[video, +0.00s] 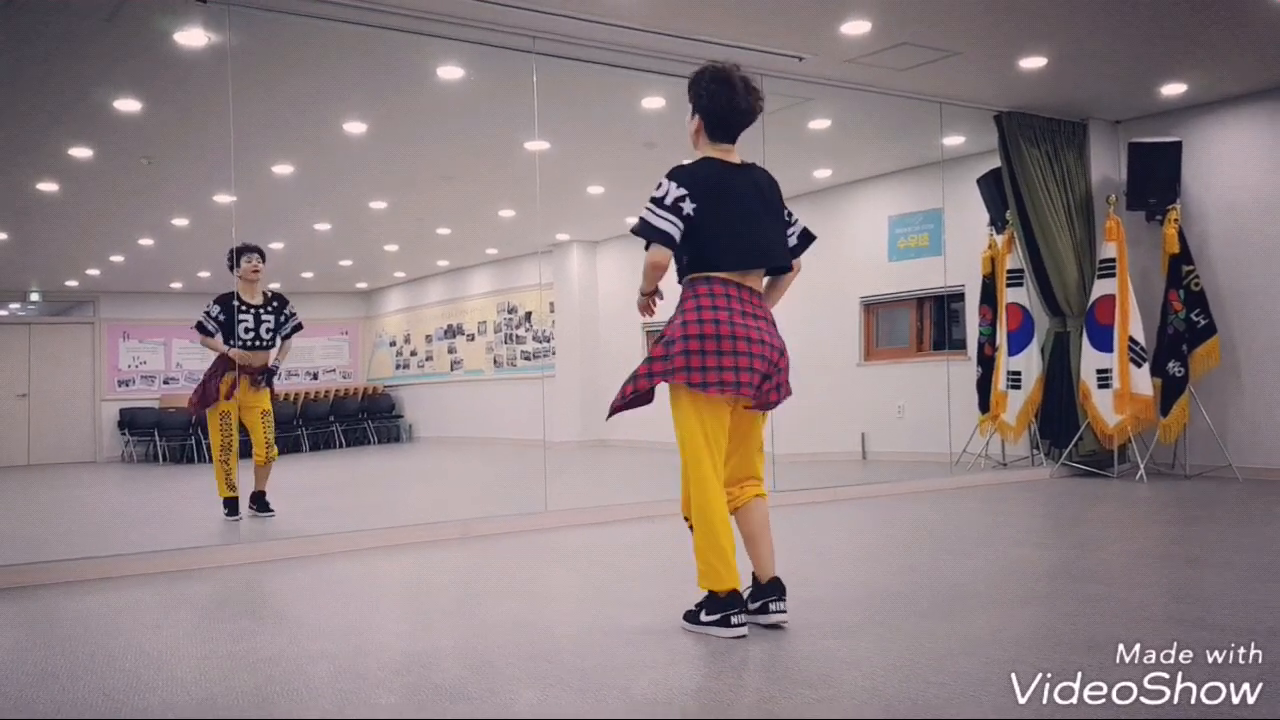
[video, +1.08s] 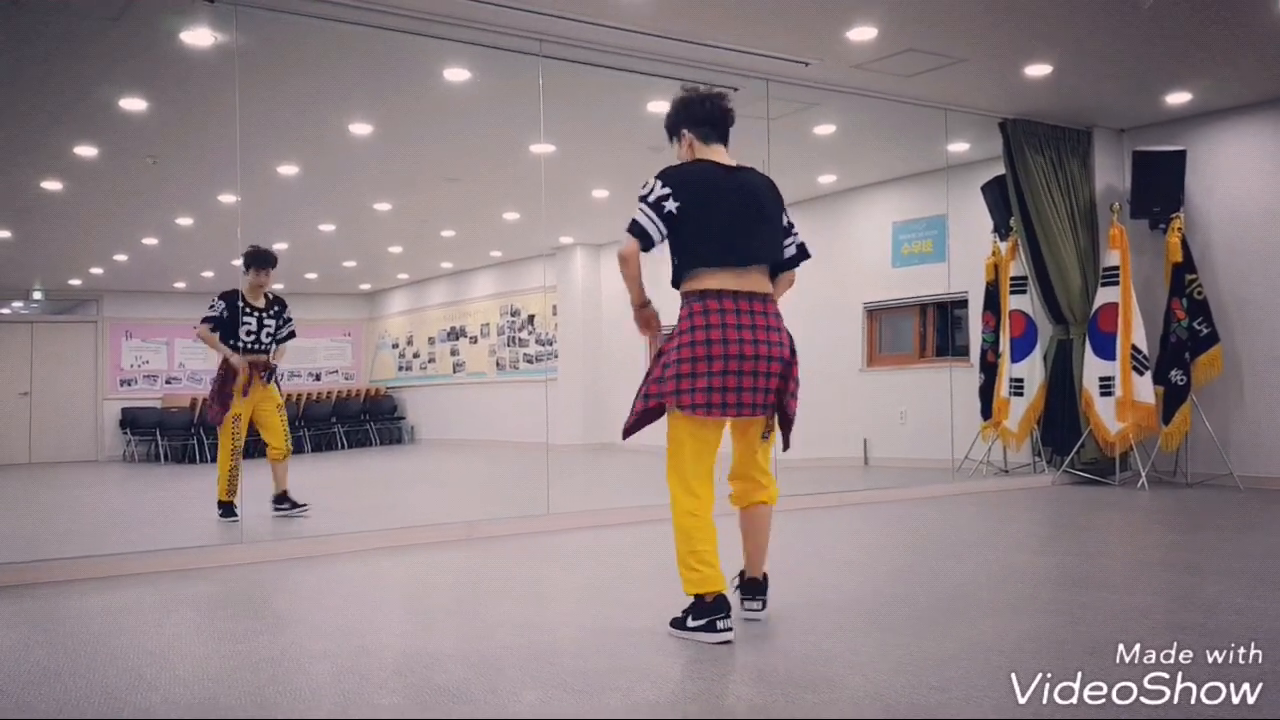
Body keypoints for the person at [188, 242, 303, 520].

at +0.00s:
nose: (255, 265)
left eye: (259, 261)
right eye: (248, 261)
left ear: (264, 268)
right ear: (236, 269)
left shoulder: (277, 302)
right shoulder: (224, 302)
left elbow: (287, 338)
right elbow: (204, 335)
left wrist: (275, 363)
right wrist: (228, 350)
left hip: (258, 380)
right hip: (225, 379)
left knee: (266, 447)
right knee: (226, 446)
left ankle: (259, 495)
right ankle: (230, 499)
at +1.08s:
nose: (263, 278)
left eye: (268, 273)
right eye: (258, 273)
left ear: (273, 275)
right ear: (247, 272)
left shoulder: (278, 305)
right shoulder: (228, 300)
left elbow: (283, 341)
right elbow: (204, 330)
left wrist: (274, 362)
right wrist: (231, 356)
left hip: (265, 381)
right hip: (235, 381)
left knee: (280, 438)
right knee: (231, 445)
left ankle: (281, 496)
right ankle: (226, 502)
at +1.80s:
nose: (332, 266)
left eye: (336, 261)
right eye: (326, 261)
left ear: (341, 265)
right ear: (315, 266)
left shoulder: (353, 294)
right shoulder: (305, 299)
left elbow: (381, 314)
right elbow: (288, 334)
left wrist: (379, 328)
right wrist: (296, 321)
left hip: (354, 366)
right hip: (323, 369)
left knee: (352, 433)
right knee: (331, 435)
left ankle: (346, 486)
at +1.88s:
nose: (339, 269)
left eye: (343, 264)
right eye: (333, 264)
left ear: (347, 268)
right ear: (321, 269)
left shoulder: (357, 300)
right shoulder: (311, 300)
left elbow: (381, 327)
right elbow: (292, 326)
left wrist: (383, 334)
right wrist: (308, 331)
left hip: (358, 368)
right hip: (328, 372)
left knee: (361, 433)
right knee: (341, 434)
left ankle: (350, 483)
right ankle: (359, 480)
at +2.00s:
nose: (350, 280)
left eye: (353, 275)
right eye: (343, 275)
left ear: (358, 280)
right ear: (332, 280)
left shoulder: (364, 311)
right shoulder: (323, 310)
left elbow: (372, 343)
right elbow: (314, 342)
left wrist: (391, 345)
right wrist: (322, 366)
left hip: (364, 378)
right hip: (336, 383)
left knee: (379, 435)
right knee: (351, 443)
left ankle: (362, 479)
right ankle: (363, 488)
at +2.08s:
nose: (353, 283)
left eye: (357, 279)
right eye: (347, 278)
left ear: (362, 283)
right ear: (335, 283)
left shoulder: (367, 315)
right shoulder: (326, 312)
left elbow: (375, 353)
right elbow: (319, 347)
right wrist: (323, 379)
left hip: (365, 380)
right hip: (338, 384)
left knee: (380, 440)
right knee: (352, 444)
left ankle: (366, 485)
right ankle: (362, 490)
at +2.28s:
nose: (360, 282)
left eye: (364, 279)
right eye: (354, 277)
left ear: (367, 285)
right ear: (340, 282)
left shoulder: (369, 319)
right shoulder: (323, 312)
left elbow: (379, 354)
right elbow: (302, 347)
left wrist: (388, 378)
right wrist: (314, 381)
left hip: (363, 383)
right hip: (330, 385)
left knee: (377, 442)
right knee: (323, 447)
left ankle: (364, 489)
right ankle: (337, 473)